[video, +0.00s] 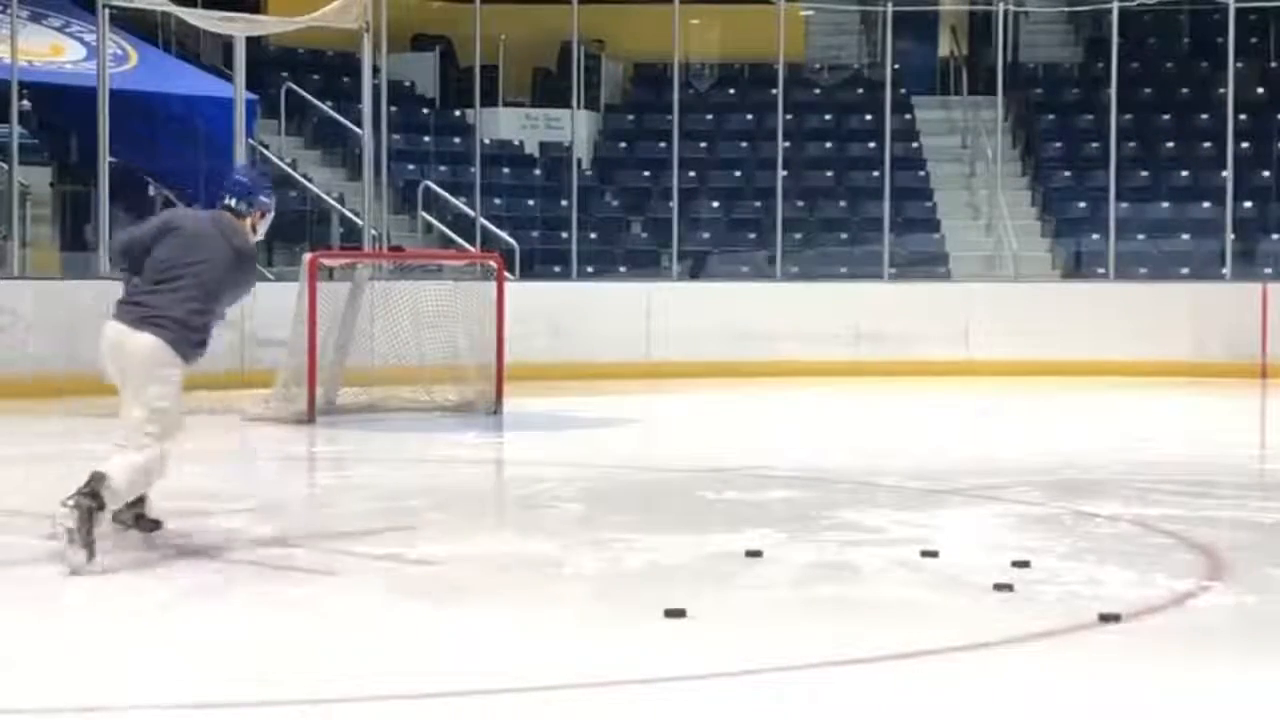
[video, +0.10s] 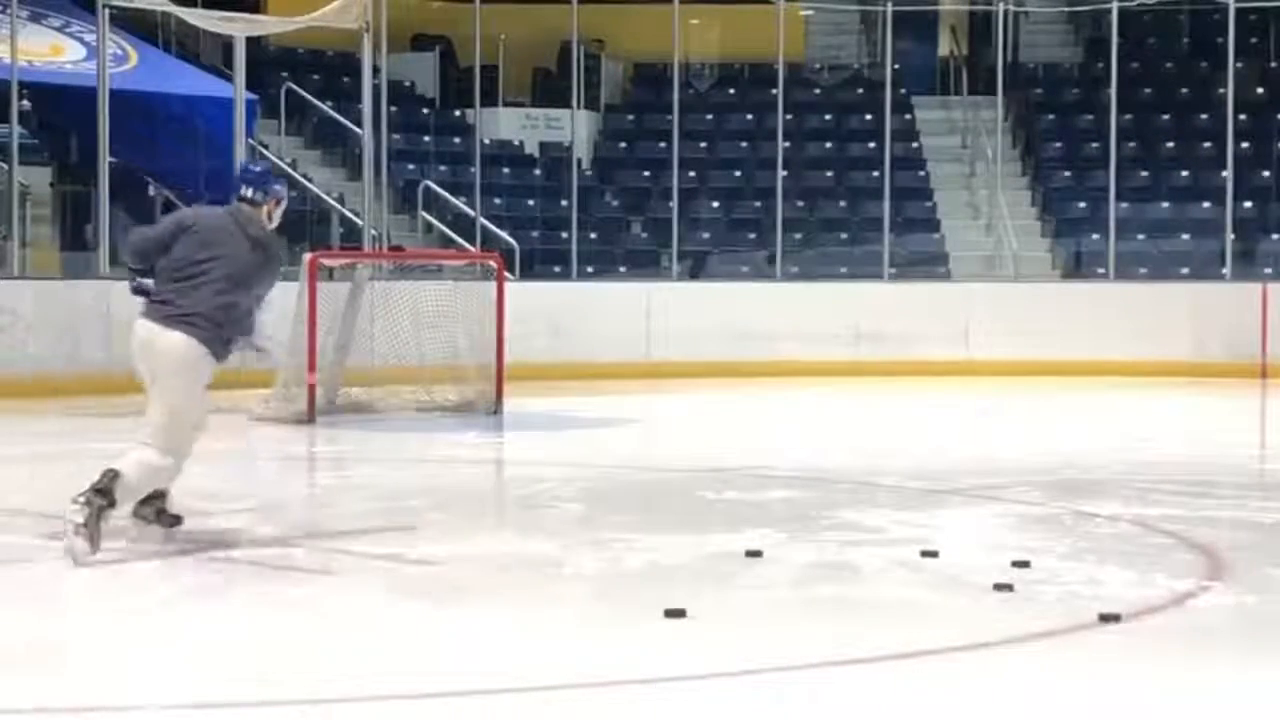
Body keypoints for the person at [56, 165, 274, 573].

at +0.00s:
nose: (263, 228)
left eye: (265, 218)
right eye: (263, 218)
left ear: (225, 201)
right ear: (253, 214)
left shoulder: (181, 218)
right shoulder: (246, 261)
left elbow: (123, 246)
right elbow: (216, 301)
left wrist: (145, 283)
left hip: (118, 332)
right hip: (158, 348)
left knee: (138, 425)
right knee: (156, 439)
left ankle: (129, 505)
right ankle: (94, 498)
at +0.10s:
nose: (280, 215)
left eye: (280, 206)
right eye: (279, 206)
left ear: (240, 196)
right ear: (268, 206)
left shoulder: (195, 218)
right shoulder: (269, 253)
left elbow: (137, 246)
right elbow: (240, 296)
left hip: (147, 330)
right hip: (189, 347)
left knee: (186, 422)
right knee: (166, 450)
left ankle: (151, 500)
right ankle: (97, 500)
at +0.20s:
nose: (299, 199)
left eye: (300, 190)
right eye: (299, 191)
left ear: (259, 183)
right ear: (290, 191)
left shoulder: (216, 210)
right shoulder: (287, 239)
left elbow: (165, 252)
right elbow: (278, 306)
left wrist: (183, 291)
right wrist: (281, 362)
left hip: (180, 323)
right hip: (222, 338)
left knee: (205, 419)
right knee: (206, 428)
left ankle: (180, 496)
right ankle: (141, 488)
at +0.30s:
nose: (317, 186)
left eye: (312, 177)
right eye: (317, 178)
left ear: (281, 171)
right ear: (315, 180)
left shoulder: (245, 206)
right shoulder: (316, 226)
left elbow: (207, 258)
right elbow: (318, 296)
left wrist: (230, 294)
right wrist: (322, 352)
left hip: (218, 318)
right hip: (259, 331)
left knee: (228, 417)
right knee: (256, 430)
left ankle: (211, 493)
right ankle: (193, 483)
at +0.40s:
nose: (357, 179)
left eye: (356, 172)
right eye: (357, 172)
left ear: (319, 166)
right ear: (352, 174)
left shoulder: (279, 204)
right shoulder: (349, 222)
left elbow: (268, 262)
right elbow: (356, 291)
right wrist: (372, 339)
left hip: (256, 316)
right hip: (301, 331)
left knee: (266, 412)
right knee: (313, 419)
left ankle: (246, 489)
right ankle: (242, 475)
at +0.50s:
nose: (395, 178)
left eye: (394, 170)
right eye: (394, 170)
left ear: (356, 164)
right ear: (386, 171)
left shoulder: (326, 199)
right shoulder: (376, 214)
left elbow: (314, 253)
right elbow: (383, 282)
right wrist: (413, 314)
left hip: (300, 314)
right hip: (337, 327)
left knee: (308, 408)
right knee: (368, 410)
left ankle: (295, 486)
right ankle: (306, 467)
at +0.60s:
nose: (435, 180)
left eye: (436, 172)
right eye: (433, 172)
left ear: (398, 165)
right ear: (423, 171)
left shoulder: (376, 204)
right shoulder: (407, 210)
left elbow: (370, 263)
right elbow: (408, 269)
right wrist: (447, 287)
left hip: (351, 315)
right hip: (381, 322)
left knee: (366, 403)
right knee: (413, 407)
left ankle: (344, 475)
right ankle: (369, 477)